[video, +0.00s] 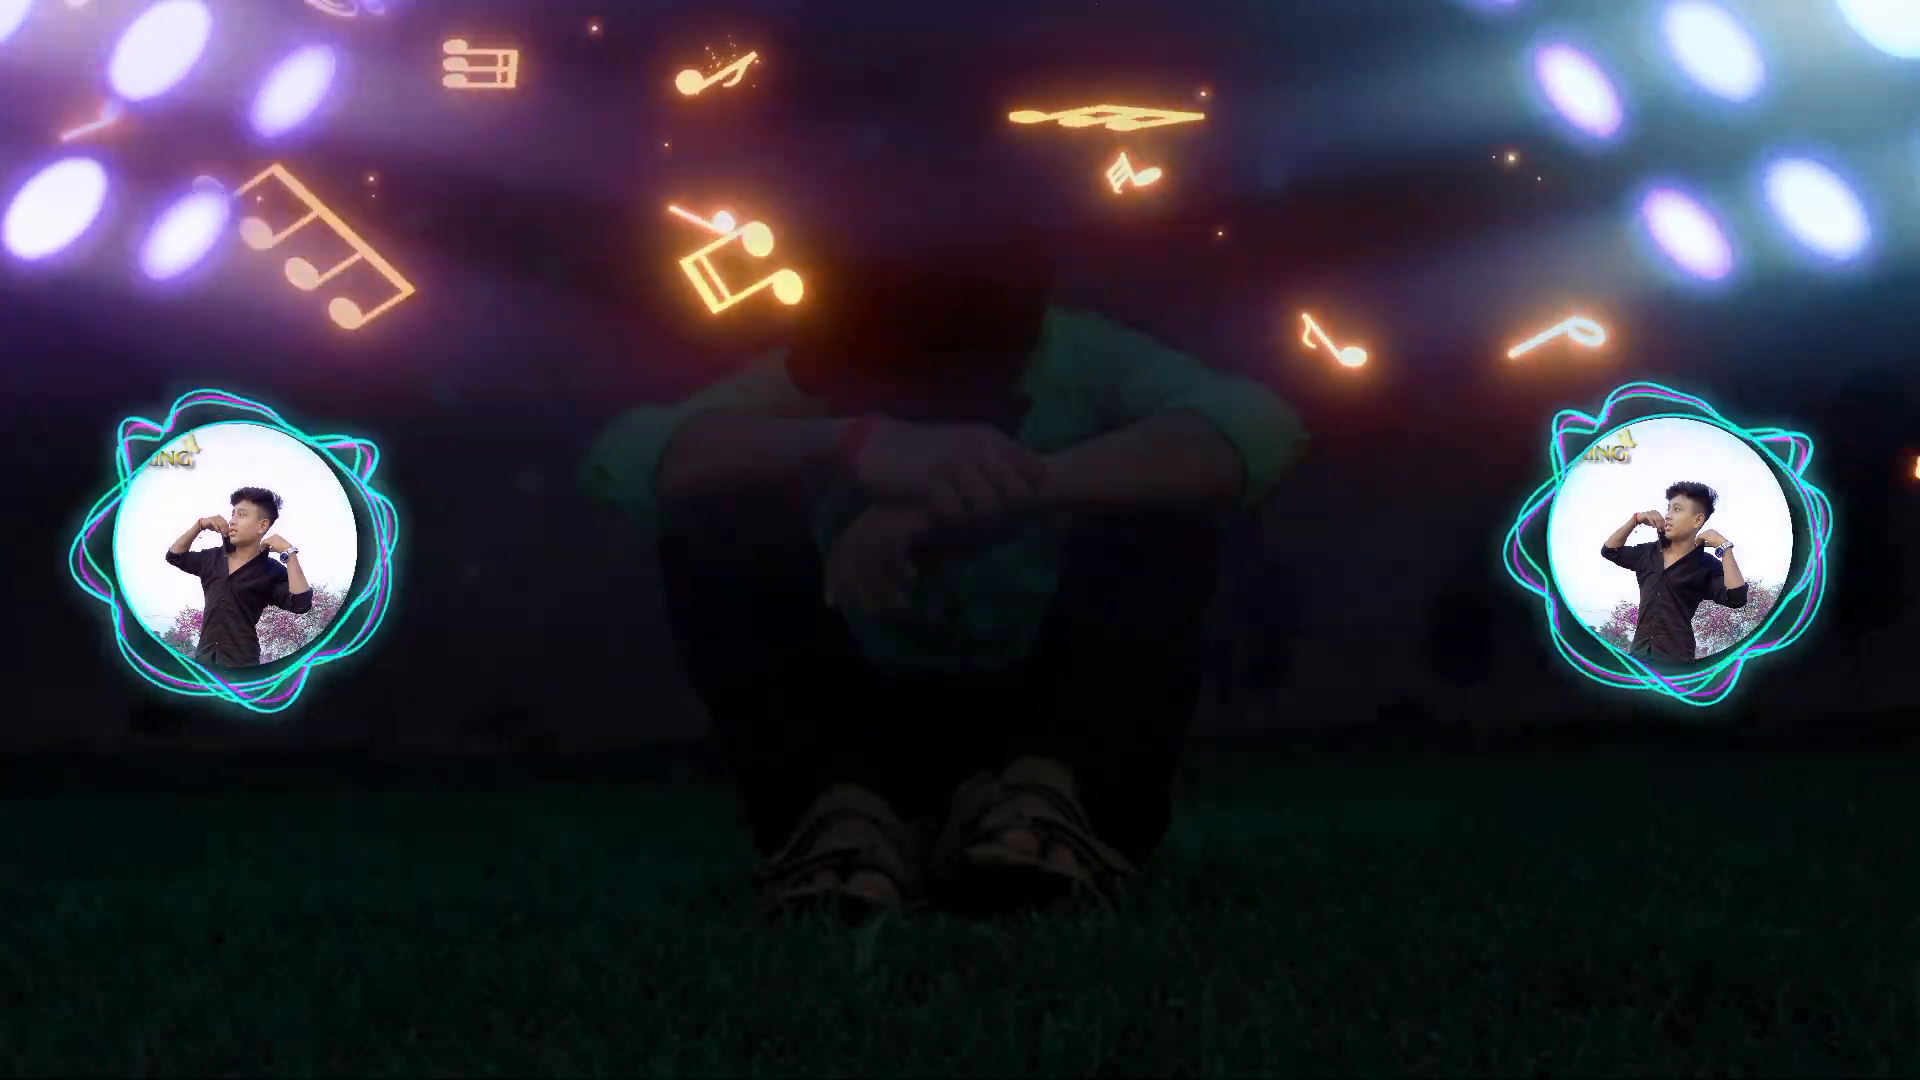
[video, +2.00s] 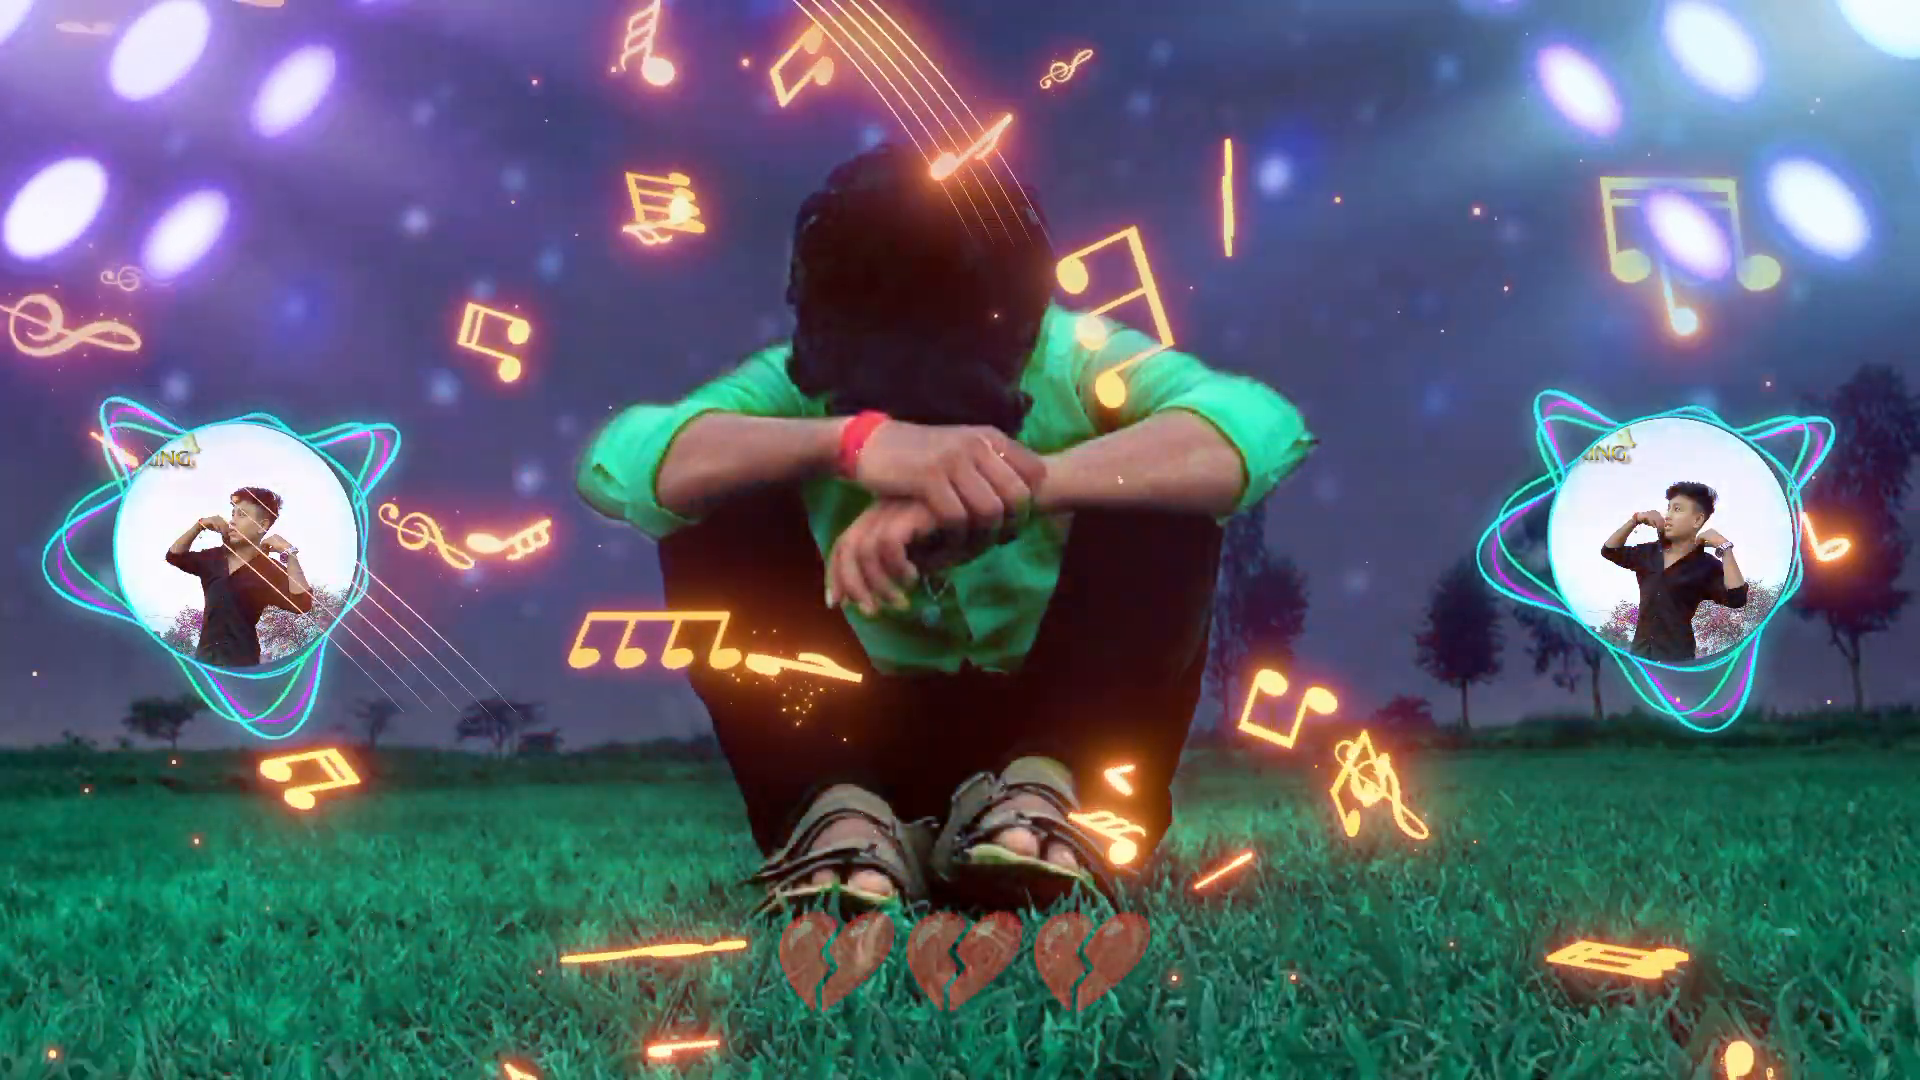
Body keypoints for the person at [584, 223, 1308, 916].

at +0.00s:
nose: (926, 423)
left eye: (951, 399)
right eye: (902, 399)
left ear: (1008, 355)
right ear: (857, 361)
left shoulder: (1077, 357)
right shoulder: (809, 375)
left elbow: (1265, 432)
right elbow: (617, 461)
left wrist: (979, 497)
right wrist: (858, 445)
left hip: (1043, 721)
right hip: (857, 725)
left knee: (1166, 498)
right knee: (720, 512)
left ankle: (1047, 793)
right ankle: (831, 819)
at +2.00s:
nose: (903, 415)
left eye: (943, 397)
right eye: (869, 388)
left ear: (1011, 340)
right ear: (820, 345)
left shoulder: (1072, 356)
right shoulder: (799, 381)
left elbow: (1265, 433)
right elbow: (610, 468)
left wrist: (994, 489)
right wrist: (852, 444)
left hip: (1041, 729)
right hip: (869, 733)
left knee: (1163, 487)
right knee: (711, 501)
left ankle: (1039, 790)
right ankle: (835, 818)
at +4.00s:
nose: (932, 443)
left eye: (967, 405)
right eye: (892, 404)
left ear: (1019, 348)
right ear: (826, 359)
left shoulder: (1073, 353)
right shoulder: (795, 382)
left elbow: (1264, 430)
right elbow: (610, 466)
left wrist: (988, 493)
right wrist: (853, 445)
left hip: (1046, 735)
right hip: (861, 744)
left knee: (1165, 488)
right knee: (715, 504)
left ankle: (1039, 790)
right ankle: (840, 812)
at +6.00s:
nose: (907, 450)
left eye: (945, 416)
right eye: (866, 408)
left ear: (1019, 358)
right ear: (815, 361)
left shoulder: (1079, 356)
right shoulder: (795, 381)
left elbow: (1265, 429)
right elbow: (612, 467)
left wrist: (999, 491)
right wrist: (852, 446)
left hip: (1059, 746)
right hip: (864, 752)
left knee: (1167, 486)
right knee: (712, 502)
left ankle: (1043, 790)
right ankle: (836, 818)